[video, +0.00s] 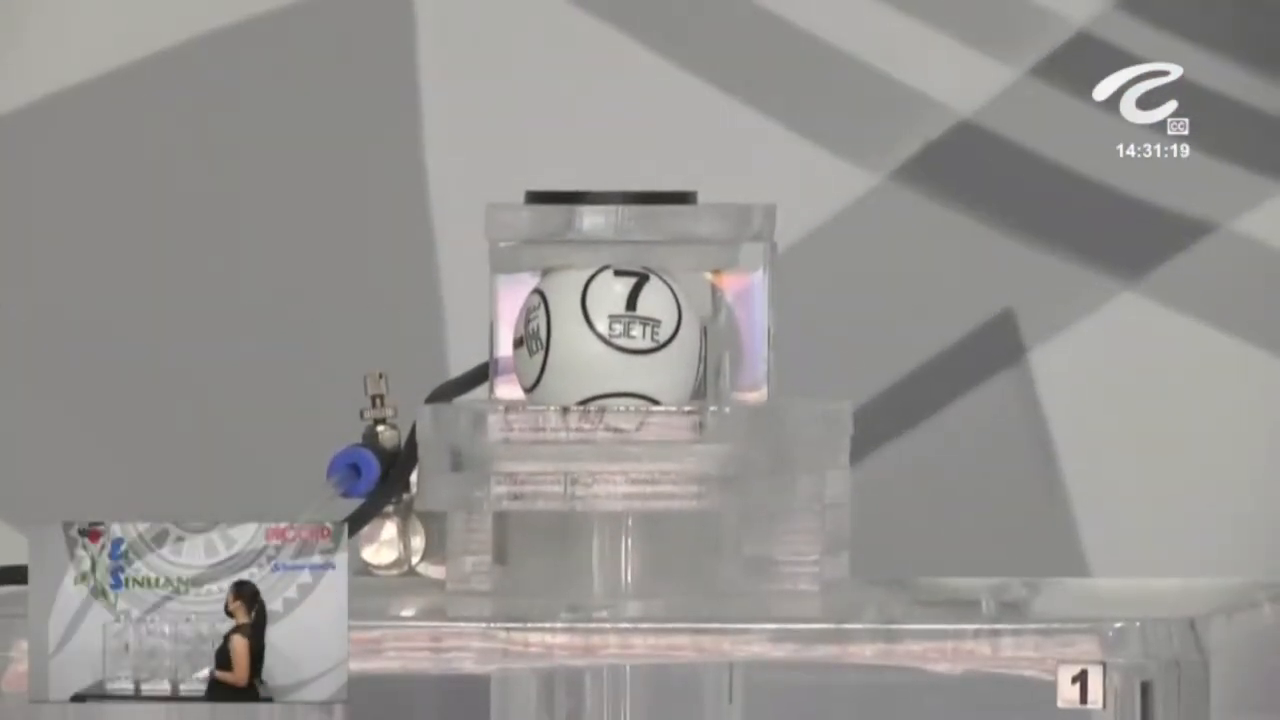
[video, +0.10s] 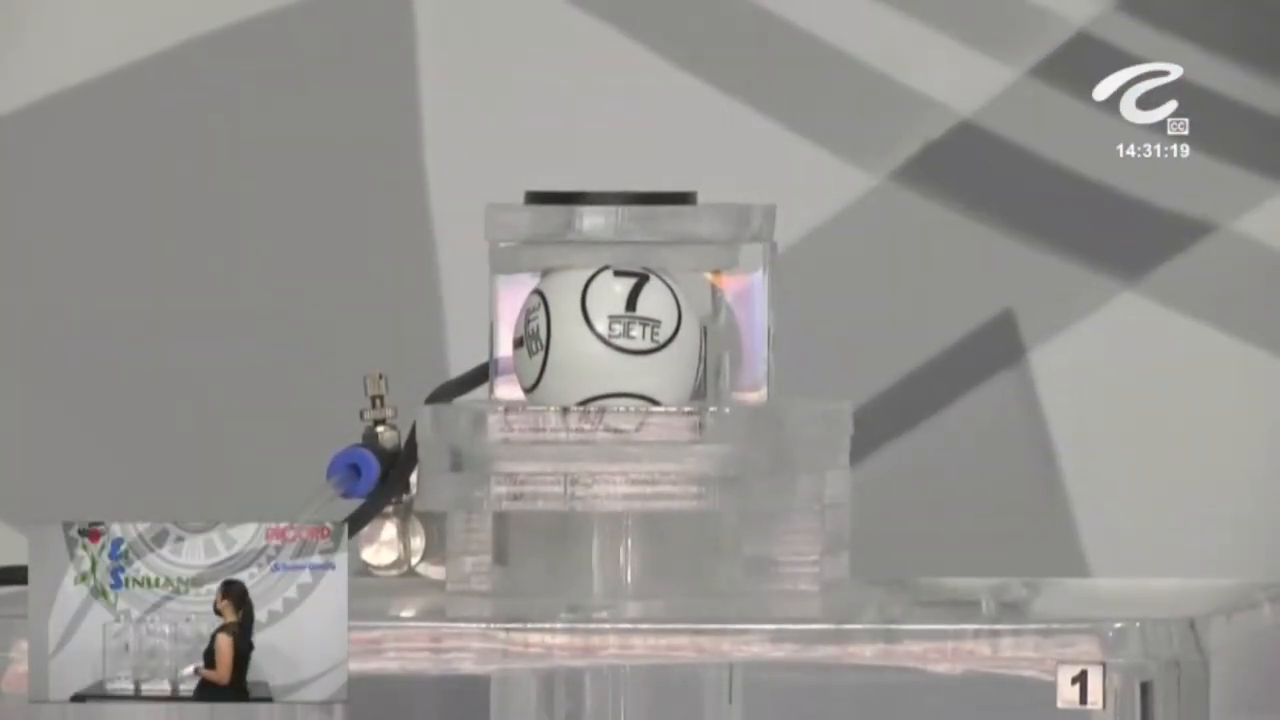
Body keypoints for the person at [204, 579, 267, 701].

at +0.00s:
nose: (226, 601)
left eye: (229, 597)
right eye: (227, 597)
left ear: (238, 602)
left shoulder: (238, 636)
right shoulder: (254, 631)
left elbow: (240, 679)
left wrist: (213, 674)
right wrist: (216, 671)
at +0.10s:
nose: (215, 600)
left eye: (217, 596)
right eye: (216, 595)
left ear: (225, 601)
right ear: (239, 602)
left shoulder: (224, 634)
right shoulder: (243, 631)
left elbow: (222, 677)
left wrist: (199, 671)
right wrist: (205, 669)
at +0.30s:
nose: (194, 602)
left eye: (196, 597)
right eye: (195, 597)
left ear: (203, 600)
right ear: (217, 601)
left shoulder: (199, 632)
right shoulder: (222, 631)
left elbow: (194, 674)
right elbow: (215, 671)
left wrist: (176, 667)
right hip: (216, 695)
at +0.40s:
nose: (189, 603)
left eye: (191, 599)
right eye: (191, 598)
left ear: (197, 601)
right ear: (212, 602)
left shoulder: (195, 633)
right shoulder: (216, 631)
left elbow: (188, 675)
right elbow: (209, 672)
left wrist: (169, 667)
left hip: (189, 699)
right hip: (210, 697)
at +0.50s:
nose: (181, 603)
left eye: (183, 599)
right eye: (182, 599)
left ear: (188, 602)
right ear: (204, 603)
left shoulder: (189, 634)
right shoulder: (207, 632)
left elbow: (183, 675)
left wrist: (163, 668)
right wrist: (174, 637)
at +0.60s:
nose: (174, 602)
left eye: (176, 598)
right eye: (176, 598)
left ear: (182, 601)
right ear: (196, 601)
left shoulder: (182, 633)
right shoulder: (199, 629)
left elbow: (182, 674)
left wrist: (158, 668)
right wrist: (165, 628)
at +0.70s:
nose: (167, 602)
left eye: (169, 598)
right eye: (169, 598)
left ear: (174, 601)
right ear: (189, 601)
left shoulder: (176, 633)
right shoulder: (191, 628)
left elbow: (178, 673)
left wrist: (154, 669)